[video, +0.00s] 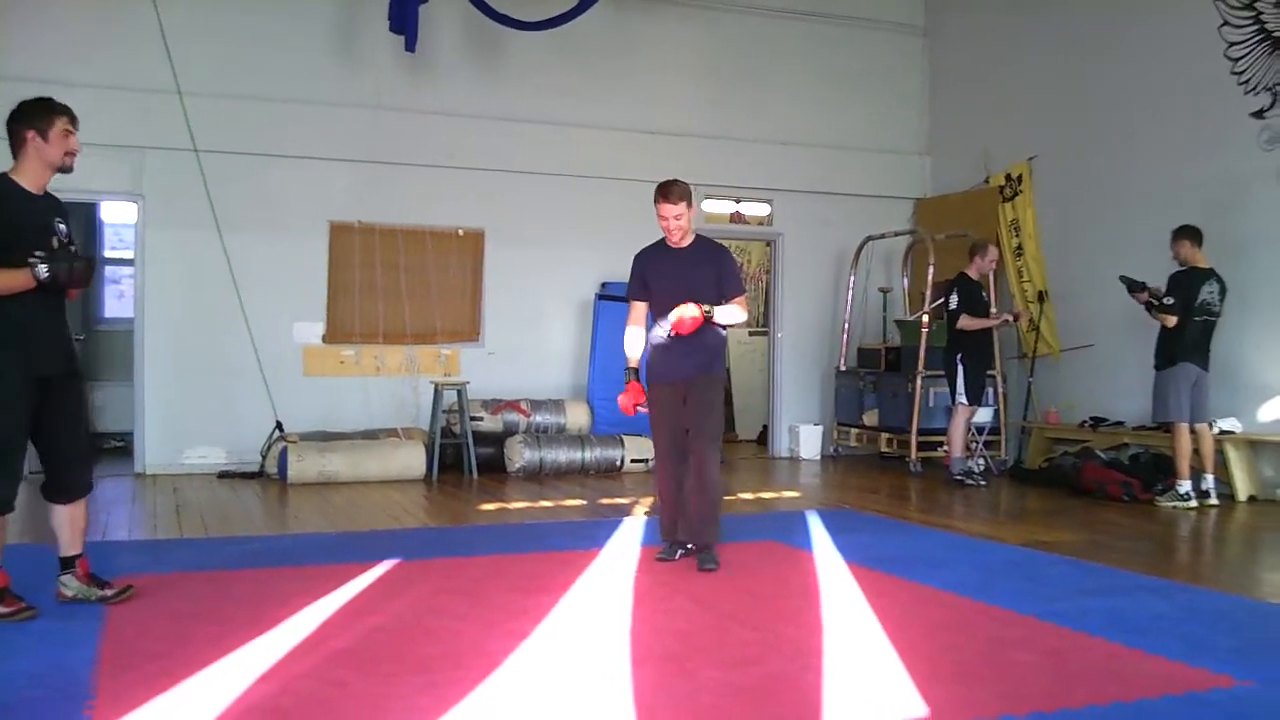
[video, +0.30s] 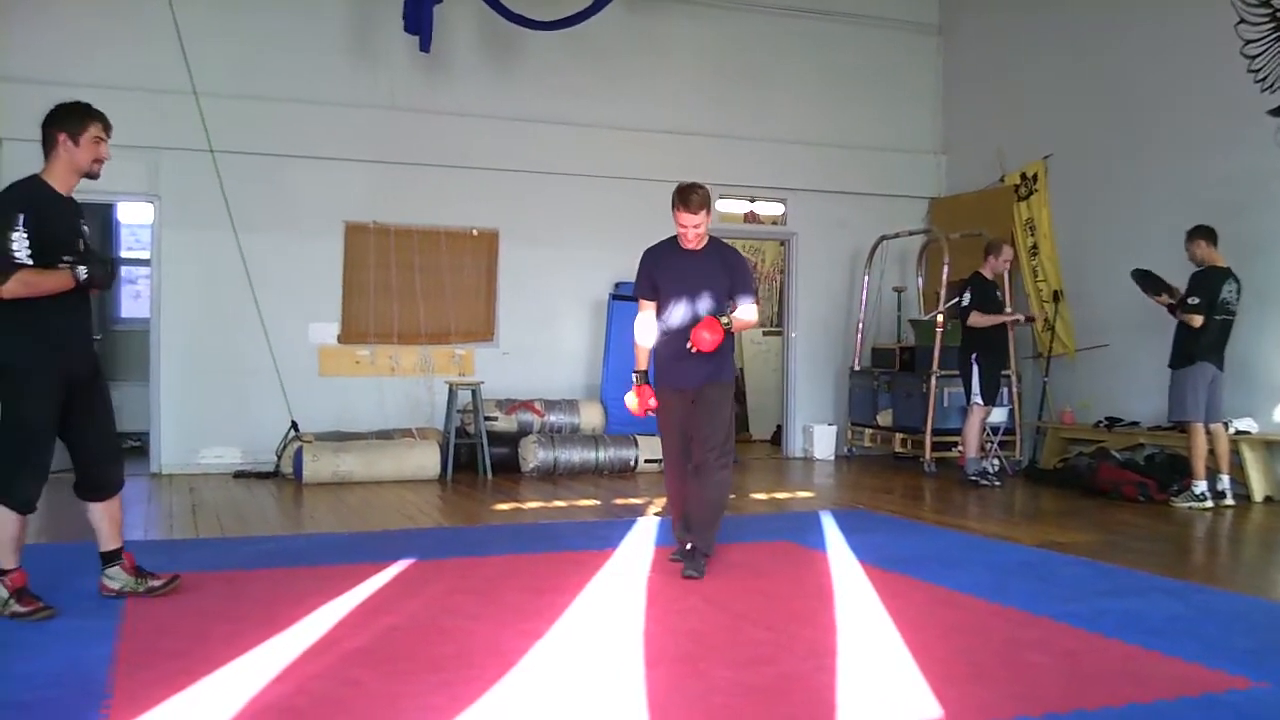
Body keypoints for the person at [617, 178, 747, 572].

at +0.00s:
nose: (671, 225)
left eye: (678, 217)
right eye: (664, 218)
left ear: (692, 212)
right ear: (656, 216)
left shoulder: (717, 256)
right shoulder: (646, 260)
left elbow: (741, 311)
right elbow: (636, 321)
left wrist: (705, 312)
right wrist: (632, 375)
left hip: (706, 373)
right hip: (662, 374)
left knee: (704, 455)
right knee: (667, 455)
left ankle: (704, 543)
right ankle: (675, 537)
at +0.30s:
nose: (690, 234)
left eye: (697, 226)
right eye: (683, 226)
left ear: (709, 217)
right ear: (674, 218)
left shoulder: (731, 260)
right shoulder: (655, 259)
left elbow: (750, 314)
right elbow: (645, 320)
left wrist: (724, 324)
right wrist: (641, 378)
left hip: (714, 379)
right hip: (669, 379)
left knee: (710, 459)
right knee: (676, 459)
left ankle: (699, 547)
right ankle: (686, 539)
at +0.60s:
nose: (741, 236)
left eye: (749, 230)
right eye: (735, 227)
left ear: (761, 220)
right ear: (725, 212)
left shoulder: (770, 261)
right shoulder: (695, 247)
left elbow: (786, 317)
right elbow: (674, 306)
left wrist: (759, 331)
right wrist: (673, 364)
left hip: (747, 383)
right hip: (700, 379)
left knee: (742, 463)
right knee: (710, 462)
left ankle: (736, 550)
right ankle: (725, 533)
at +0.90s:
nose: (724, 229)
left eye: (734, 223)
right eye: (719, 220)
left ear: (749, 214)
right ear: (711, 206)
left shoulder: (761, 258)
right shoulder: (690, 237)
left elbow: (783, 319)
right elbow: (673, 296)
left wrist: (747, 329)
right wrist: (661, 351)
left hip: (732, 376)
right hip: (685, 371)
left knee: (738, 464)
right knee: (682, 448)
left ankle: (732, 548)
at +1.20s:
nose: (675, 199)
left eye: (683, 191)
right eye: (669, 191)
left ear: (699, 181)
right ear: (662, 182)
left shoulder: (721, 225)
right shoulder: (653, 217)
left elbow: (742, 288)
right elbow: (641, 274)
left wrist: (694, 291)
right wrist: (629, 329)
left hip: (700, 348)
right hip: (655, 344)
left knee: (709, 432)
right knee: (643, 426)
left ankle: (718, 512)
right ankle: (624, 506)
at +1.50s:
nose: (625, 157)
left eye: (633, 148)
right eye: (620, 148)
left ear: (650, 143)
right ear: (613, 145)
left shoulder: (675, 194)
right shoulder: (607, 190)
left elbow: (691, 258)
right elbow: (593, 253)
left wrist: (643, 262)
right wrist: (583, 305)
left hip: (659, 318)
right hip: (614, 318)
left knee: (675, 404)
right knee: (614, 404)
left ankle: (703, 487)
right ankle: (618, 489)